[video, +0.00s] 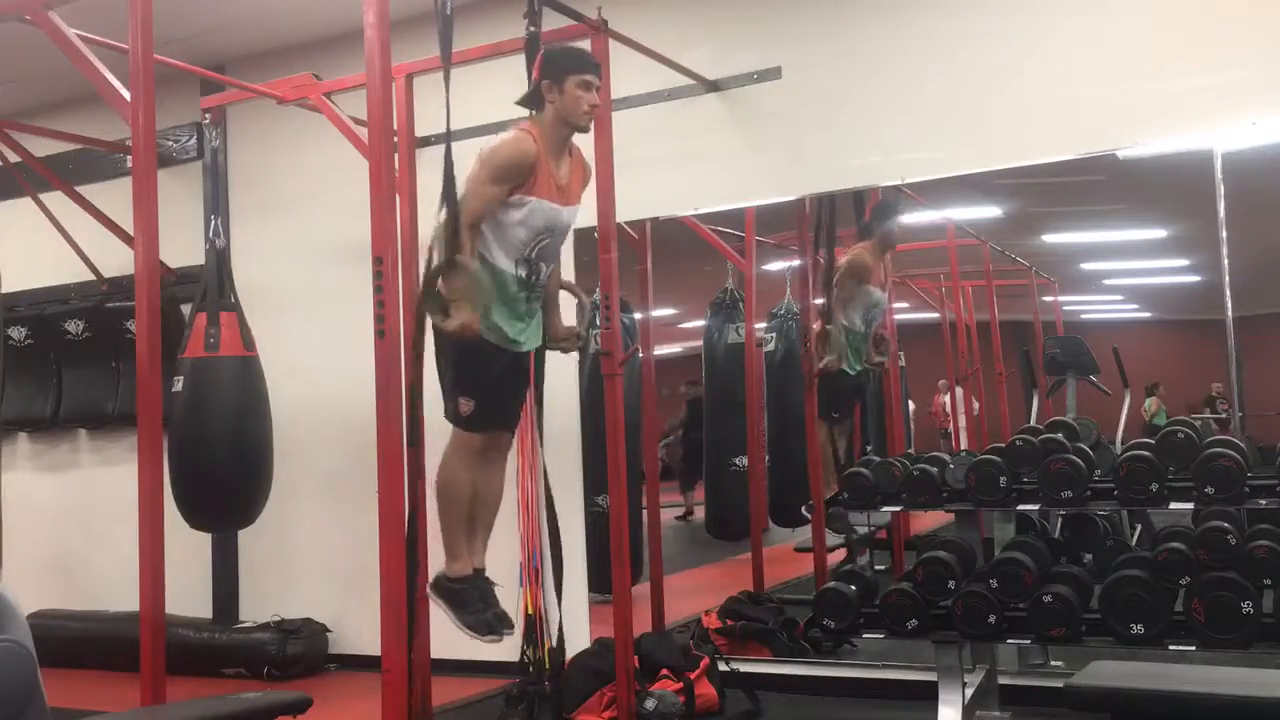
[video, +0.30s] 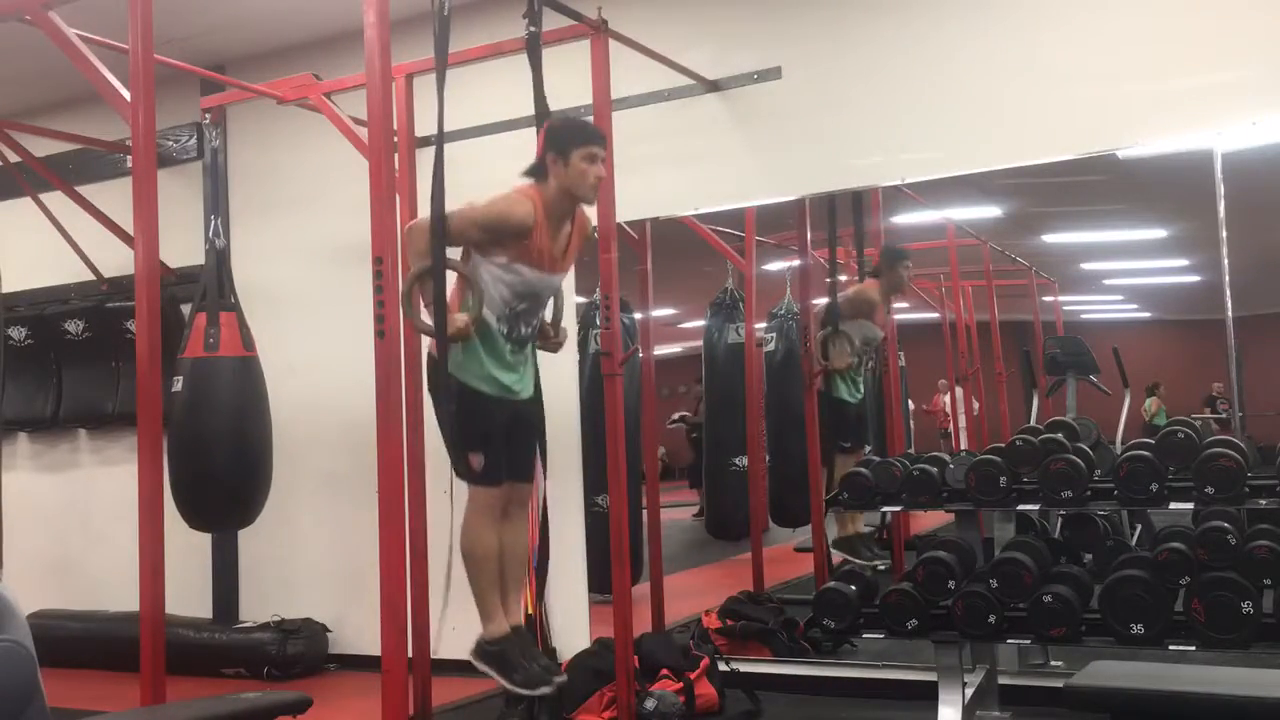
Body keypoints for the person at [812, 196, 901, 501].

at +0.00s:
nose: (899, 233)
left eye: (900, 225)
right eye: (894, 225)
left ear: (888, 228)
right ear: (879, 226)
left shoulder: (884, 261)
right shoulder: (858, 261)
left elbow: (872, 313)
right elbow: (838, 311)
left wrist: (872, 350)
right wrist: (836, 353)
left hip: (862, 358)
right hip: (842, 358)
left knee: (850, 425)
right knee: (833, 425)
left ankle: (847, 487)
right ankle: (831, 491)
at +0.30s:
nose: (909, 276)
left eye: (909, 270)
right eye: (905, 269)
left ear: (894, 271)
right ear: (888, 269)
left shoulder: (881, 299)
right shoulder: (866, 295)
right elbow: (823, 314)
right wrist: (829, 357)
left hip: (858, 379)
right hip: (841, 380)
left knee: (856, 455)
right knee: (847, 455)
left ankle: (856, 530)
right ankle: (844, 534)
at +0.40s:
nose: (911, 294)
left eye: (913, 288)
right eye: (908, 287)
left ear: (897, 287)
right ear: (891, 285)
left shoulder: (882, 316)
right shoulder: (868, 310)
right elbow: (822, 324)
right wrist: (830, 364)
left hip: (858, 398)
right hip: (839, 399)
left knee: (861, 471)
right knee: (848, 472)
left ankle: (864, 543)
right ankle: (853, 546)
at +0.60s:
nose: (918, 321)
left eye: (919, 314)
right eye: (915, 313)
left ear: (900, 312)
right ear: (897, 310)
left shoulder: (887, 340)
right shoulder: (867, 325)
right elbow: (826, 322)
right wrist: (829, 360)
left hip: (861, 421)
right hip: (839, 421)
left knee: (870, 487)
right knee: (854, 489)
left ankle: (877, 556)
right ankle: (863, 559)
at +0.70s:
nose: (918, 321)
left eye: (918, 314)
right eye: (915, 314)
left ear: (903, 312)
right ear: (899, 311)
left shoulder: (887, 342)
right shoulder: (865, 327)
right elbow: (821, 336)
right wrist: (831, 361)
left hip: (861, 423)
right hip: (839, 422)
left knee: (872, 489)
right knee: (857, 491)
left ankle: (881, 557)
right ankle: (868, 560)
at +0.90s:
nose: (901, 307)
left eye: (901, 302)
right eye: (896, 302)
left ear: (892, 306)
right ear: (880, 304)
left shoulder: (887, 334)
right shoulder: (857, 327)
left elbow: (885, 375)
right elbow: (827, 348)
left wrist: (902, 407)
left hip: (864, 415)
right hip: (839, 417)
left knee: (889, 476)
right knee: (874, 481)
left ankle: (908, 544)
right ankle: (895, 549)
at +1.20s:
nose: (861, 337)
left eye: (862, 332)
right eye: (856, 333)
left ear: (863, 334)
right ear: (839, 336)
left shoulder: (858, 369)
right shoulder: (829, 372)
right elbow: (792, 392)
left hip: (869, 455)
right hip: (848, 461)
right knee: (904, 491)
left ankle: (953, 541)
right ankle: (947, 544)